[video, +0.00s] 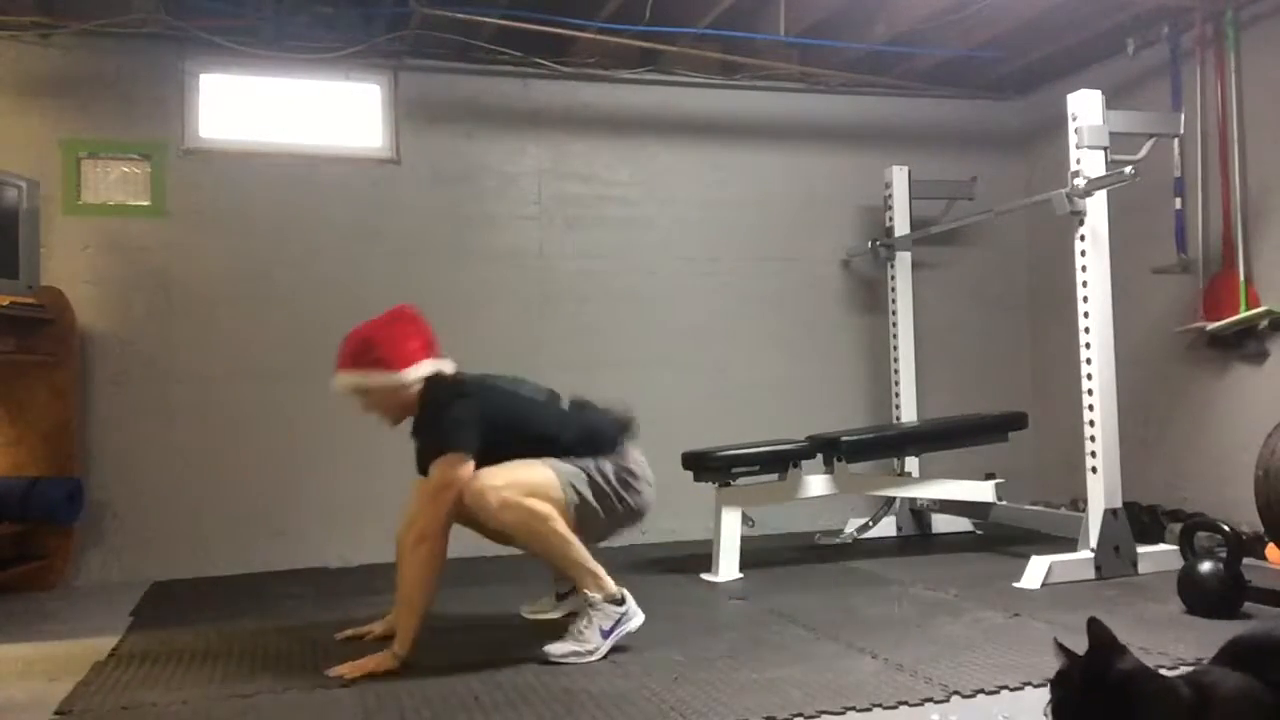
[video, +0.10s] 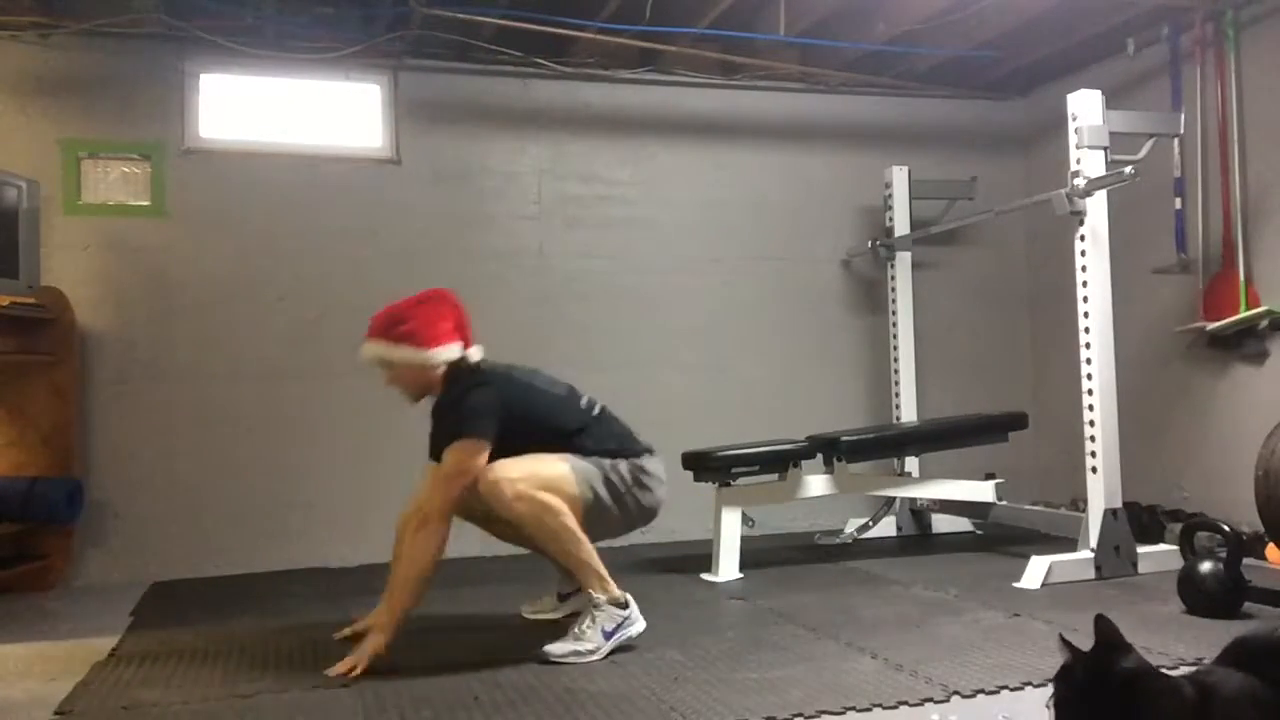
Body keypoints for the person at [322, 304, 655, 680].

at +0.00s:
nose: (365, 406)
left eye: (367, 392)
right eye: (360, 395)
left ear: (401, 379)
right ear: (405, 378)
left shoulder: (452, 407)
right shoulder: (432, 415)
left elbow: (427, 536)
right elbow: (417, 529)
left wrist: (400, 650)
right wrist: (403, 612)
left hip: (618, 475)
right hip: (586, 476)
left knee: (489, 492)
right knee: (454, 497)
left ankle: (611, 602)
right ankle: (578, 580)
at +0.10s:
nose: (388, 378)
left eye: (392, 363)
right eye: (386, 365)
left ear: (426, 357)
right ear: (428, 357)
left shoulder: (477, 396)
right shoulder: (453, 403)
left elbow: (432, 522)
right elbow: (420, 516)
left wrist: (386, 629)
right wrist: (386, 609)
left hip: (630, 478)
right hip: (592, 479)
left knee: (503, 482)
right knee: (462, 493)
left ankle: (614, 606)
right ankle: (580, 579)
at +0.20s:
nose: (405, 341)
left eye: (411, 328)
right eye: (403, 329)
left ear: (446, 324)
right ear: (446, 326)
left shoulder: (495, 367)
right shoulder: (465, 376)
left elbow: (432, 483)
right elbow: (424, 480)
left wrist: (367, 578)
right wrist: (372, 571)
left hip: (640, 453)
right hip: (600, 456)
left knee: (517, 477)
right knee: (480, 486)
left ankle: (617, 609)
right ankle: (584, 581)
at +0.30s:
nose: (422, 291)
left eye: (428, 278)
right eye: (420, 279)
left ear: (462, 277)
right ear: (465, 280)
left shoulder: (506, 323)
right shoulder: (478, 333)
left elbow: (443, 430)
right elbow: (438, 430)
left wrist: (359, 484)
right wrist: (361, 488)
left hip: (641, 422)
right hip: (601, 428)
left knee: (520, 473)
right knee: (489, 478)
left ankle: (618, 610)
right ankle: (586, 575)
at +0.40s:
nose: (432, 230)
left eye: (439, 217)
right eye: (431, 218)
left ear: (478, 214)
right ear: (479, 217)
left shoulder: (517, 264)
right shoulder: (490, 274)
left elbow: (448, 350)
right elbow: (435, 365)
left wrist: (361, 349)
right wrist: (353, 357)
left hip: (638, 391)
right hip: (597, 394)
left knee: (523, 470)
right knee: (501, 473)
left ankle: (619, 611)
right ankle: (587, 577)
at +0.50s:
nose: (446, 153)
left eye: (457, 140)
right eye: (449, 140)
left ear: (493, 145)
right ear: (499, 147)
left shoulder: (533, 199)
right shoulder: (503, 207)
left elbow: (451, 256)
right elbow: (437, 279)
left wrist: (391, 211)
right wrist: (393, 226)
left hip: (627, 355)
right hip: (590, 359)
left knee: (525, 462)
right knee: (512, 465)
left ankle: (619, 609)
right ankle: (588, 574)